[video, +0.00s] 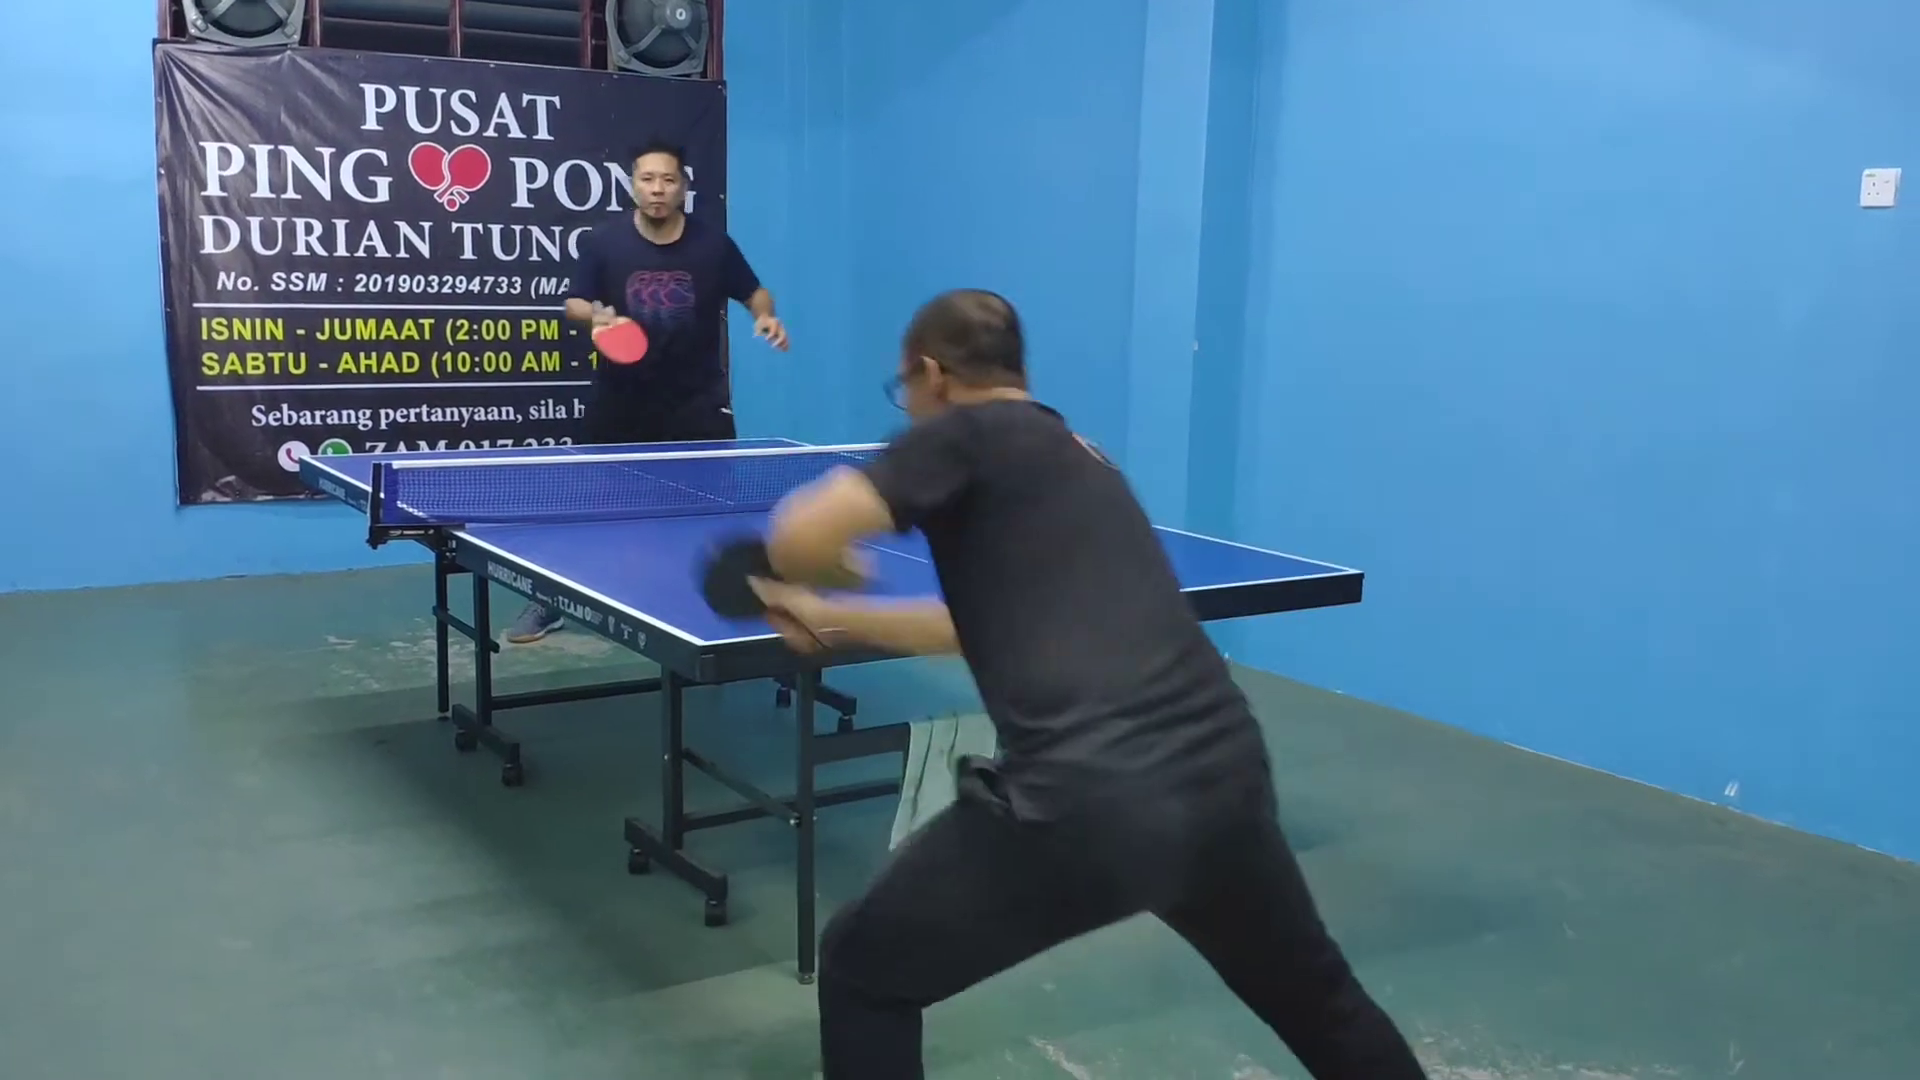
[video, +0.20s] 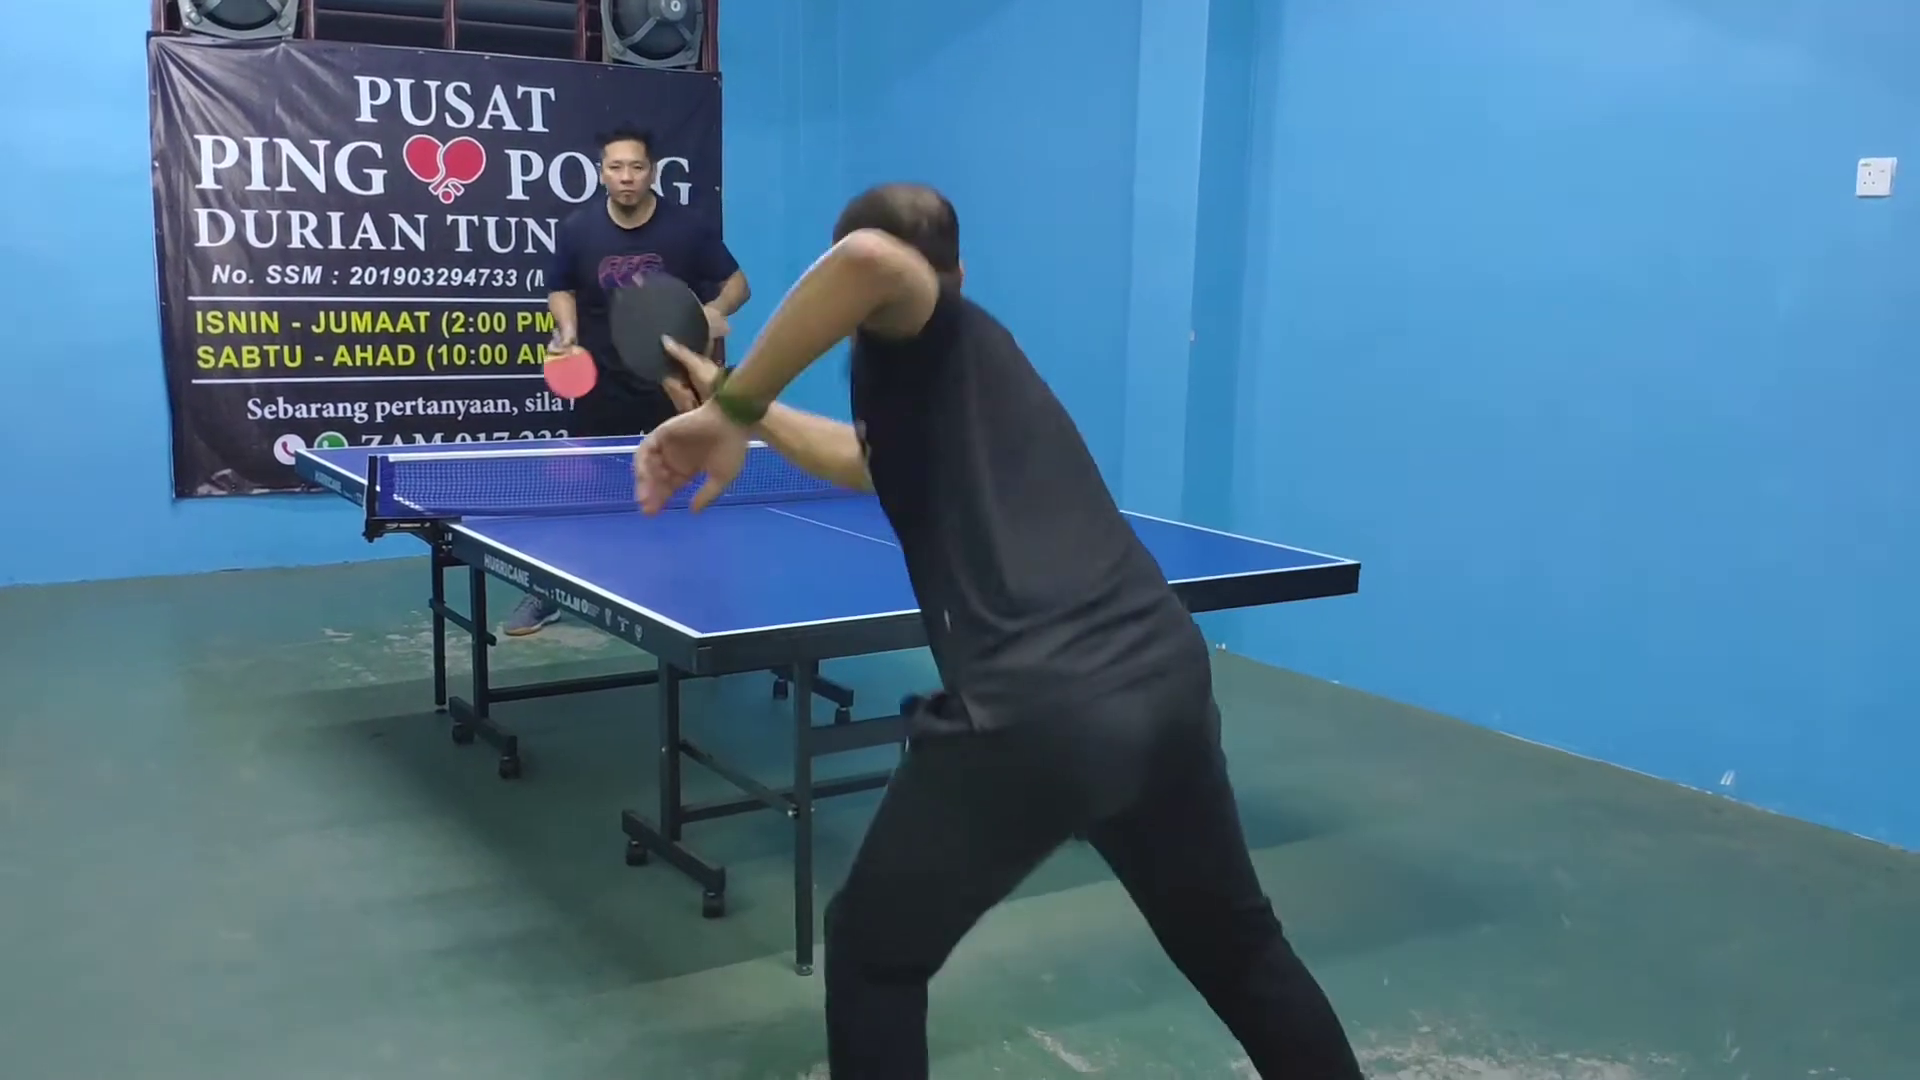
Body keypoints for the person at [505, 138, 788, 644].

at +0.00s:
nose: (657, 187)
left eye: (667, 179)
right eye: (648, 178)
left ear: (684, 187)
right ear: (632, 185)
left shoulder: (711, 242)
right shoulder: (605, 242)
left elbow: (754, 292)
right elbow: (572, 303)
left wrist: (765, 316)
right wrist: (595, 312)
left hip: (697, 403)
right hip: (622, 402)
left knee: (721, 499)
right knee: (581, 496)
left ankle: (740, 602)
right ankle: (547, 600)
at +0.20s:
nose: (626, 176)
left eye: (635, 167)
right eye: (616, 167)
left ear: (652, 172)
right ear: (602, 173)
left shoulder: (687, 227)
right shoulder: (577, 229)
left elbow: (737, 283)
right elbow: (560, 288)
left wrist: (716, 311)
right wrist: (568, 327)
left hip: (674, 387)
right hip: (602, 384)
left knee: (683, 486)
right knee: (572, 484)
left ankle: (690, 594)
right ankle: (543, 591)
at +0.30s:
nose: (630, 183)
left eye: (638, 174)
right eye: (620, 175)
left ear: (654, 177)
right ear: (606, 178)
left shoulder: (686, 226)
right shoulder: (588, 227)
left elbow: (738, 290)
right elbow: (572, 285)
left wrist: (687, 308)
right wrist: (557, 332)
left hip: (676, 391)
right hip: (605, 386)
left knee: (680, 489)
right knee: (576, 483)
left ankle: (692, 594)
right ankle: (543, 590)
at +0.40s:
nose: (652, 197)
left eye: (662, 186)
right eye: (642, 188)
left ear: (679, 186)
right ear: (628, 189)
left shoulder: (703, 232)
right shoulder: (614, 223)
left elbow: (753, 293)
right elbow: (587, 269)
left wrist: (697, 305)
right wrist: (559, 325)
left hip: (695, 391)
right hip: (627, 386)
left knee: (712, 498)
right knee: (583, 482)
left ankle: (724, 597)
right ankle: (543, 591)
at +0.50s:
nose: (679, 200)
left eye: (689, 189)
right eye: (669, 190)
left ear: (711, 189)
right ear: (657, 191)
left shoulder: (732, 240)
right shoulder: (645, 220)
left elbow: (786, 291)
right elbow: (613, 234)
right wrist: (579, 288)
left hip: (730, 399)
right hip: (659, 395)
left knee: (746, 503)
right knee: (608, 492)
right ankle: (552, 590)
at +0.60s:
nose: (704, 190)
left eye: (714, 180)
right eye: (696, 180)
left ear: (732, 180)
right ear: (683, 179)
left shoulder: (763, 231)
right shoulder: (663, 210)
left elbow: (809, 282)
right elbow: (617, 232)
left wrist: (834, 322)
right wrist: (607, 287)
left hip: (756, 384)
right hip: (685, 383)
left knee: (772, 482)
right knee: (669, 482)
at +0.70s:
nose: (715, 175)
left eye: (725, 166)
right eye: (708, 165)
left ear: (750, 161)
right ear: (700, 160)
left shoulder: (783, 207)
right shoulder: (683, 197)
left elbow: (814, 263)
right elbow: (644, 251)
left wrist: (834, 307)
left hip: (767, 357)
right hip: (699, 356)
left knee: (781, 459)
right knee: (689, 461)